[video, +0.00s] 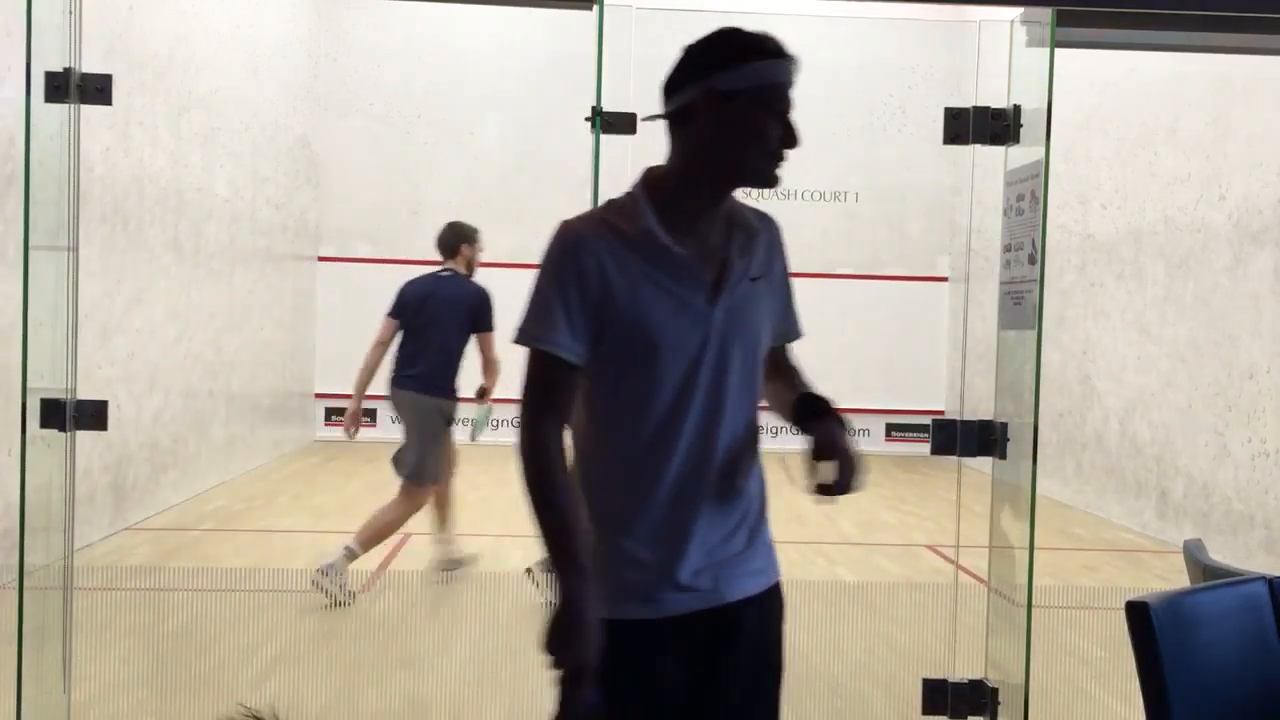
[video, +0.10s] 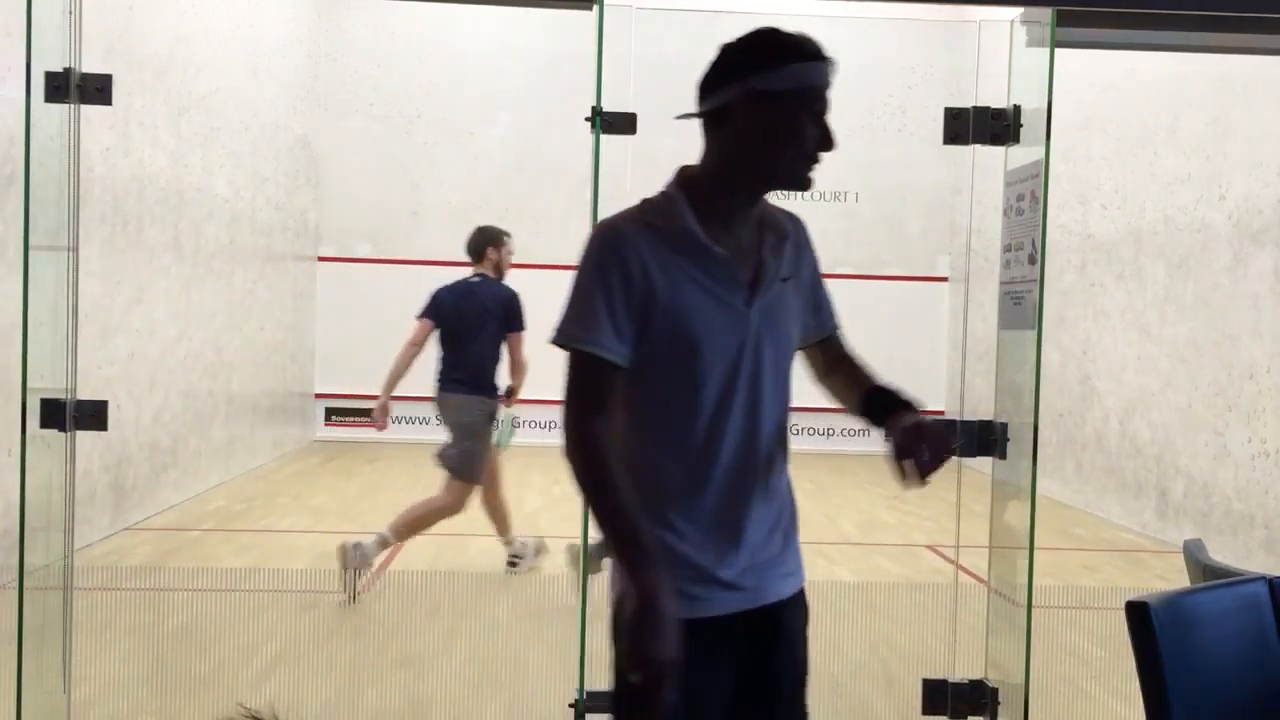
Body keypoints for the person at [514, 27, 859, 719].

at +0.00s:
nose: (793, 135)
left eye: (788, 113)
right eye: (774, 112)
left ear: (717, 118)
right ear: (703, 114)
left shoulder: (758, 239)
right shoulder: (589, 247)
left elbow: (771, 362)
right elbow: (540, 431)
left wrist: (816, 414)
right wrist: (574, 590)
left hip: (743, 589)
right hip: (627, 602)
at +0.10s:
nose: (827, 137)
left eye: (823, 115)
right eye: (811, 114)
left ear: (749, 118)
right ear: (744, 115)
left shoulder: (786, 238)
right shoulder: (628, 246)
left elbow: (827, 355)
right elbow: (585, 427)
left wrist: (898, 414)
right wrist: (643, 579)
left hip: (771, 582)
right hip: (668, 596)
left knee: (778, 712)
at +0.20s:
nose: (860, 142)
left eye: (856, 120)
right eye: (845, 118)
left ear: (783, 119)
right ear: (779, 116)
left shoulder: (808, 237)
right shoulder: (662, 246)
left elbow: (877, 336)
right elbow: (626, 438)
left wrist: (949, 382)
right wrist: (711, 585)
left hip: (796, 578)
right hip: (703, 594)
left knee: (808, 711)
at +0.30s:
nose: (889, 144)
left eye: (886, 123)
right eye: (872, 120)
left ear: (810, 120)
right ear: (799, 116)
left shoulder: (833, 239)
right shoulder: (694, 249)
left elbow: (907, 330)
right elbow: (662, 445)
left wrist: (984, 365)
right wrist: (768, 588)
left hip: (821, 582)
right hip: (731, 599)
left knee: (832, 712)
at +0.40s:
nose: (909, 135)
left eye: (909, 117)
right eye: (890, 113)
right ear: (819, 114)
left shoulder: (857, 245)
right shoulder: (726, 249)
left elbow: (932, 345)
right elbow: (699, 450)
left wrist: (1015, 368)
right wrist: (816, 586)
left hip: (851, 597)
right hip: (763, 610)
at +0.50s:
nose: (905, 131)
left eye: (921, 111)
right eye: (883, 103)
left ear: (932, 126)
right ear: (829, 109)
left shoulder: (886, 249)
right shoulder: (761, 249)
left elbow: (947, 365)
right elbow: (728, 450)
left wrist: (1029, 386)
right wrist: (855, 587)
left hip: (881, 607)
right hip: (798, 617)